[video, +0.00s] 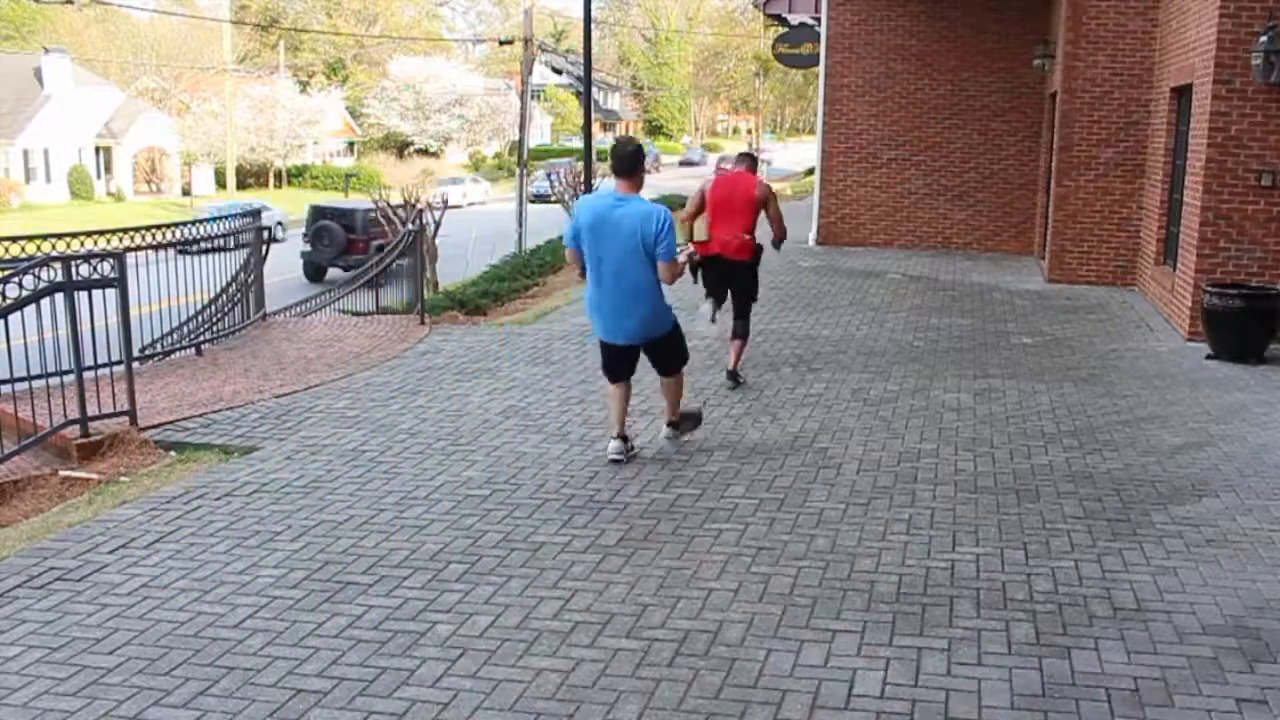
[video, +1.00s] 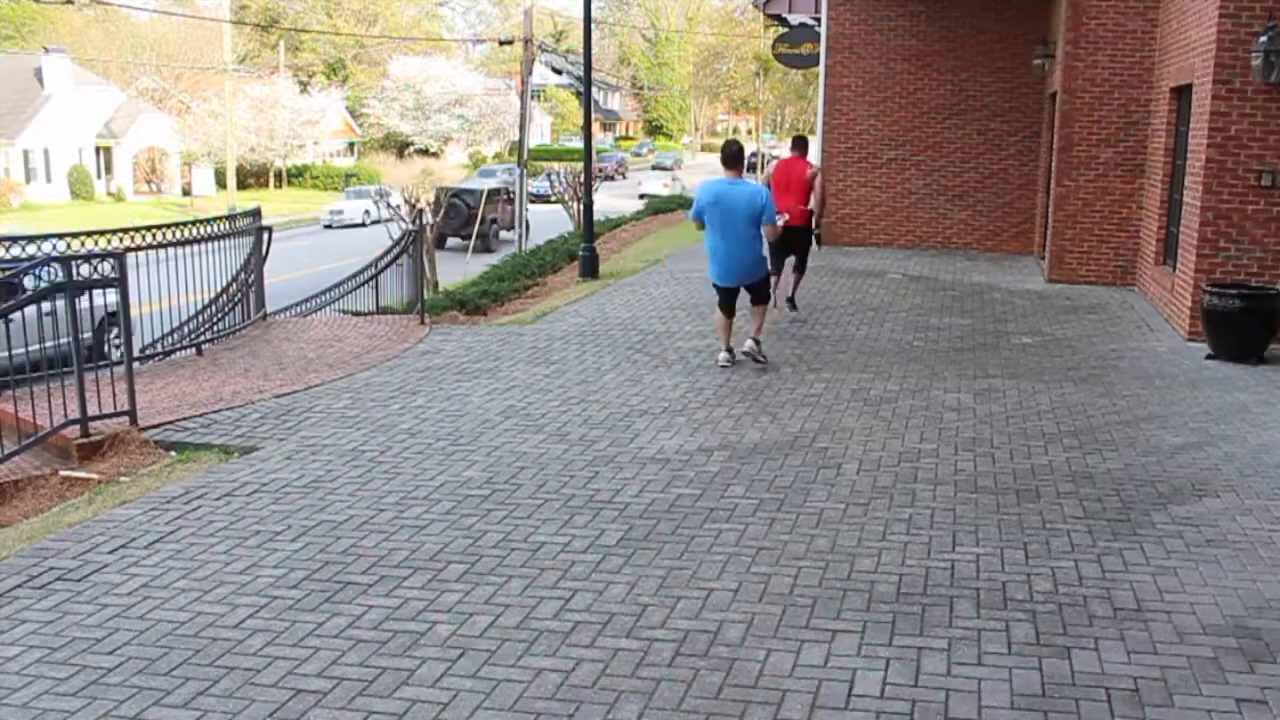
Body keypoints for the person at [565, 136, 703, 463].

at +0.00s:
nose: (647, 170)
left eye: (640, 166)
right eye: (646, 166)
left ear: (612, 169)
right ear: (643, 170)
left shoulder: (585, 207)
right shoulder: (656, 215)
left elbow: (573, 258)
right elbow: (668, 276)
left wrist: (601, 261)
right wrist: (683, 261)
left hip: (607, 318)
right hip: (649, 317)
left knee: (617, 379)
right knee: (672, 365)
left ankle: (617, 439)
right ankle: (673, 419)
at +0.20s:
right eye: (673, 166)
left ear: (645, 170)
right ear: (675, 169)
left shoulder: (623, 205)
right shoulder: (690, 212)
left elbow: (603, 248)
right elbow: (698, 267)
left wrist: (632, 237)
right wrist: (709, 251)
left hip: (637, 304)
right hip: (675, 308)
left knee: (641, 345)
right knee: (683, 361)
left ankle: (637, 401)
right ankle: (681, 415)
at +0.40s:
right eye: (689, 163)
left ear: (663, 165)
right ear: (691, 165)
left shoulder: (644, 199)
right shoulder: (706, 203)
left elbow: (632, 239)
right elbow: (719, 254)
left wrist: (658, 234)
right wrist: (732, 246)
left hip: (660, 293)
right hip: (696, 293)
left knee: (667, 347)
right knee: (704, 335)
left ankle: (669, 391)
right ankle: (691, 376)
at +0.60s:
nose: (708, 163)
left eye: (695, 159)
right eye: (712, 159)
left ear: (688, 161)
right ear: (714, 161)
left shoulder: (669, 191)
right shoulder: (727, 199)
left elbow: (654, 228)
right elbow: (734, 247)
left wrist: (679, 221)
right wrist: (744, 237)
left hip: (680, 282)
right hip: (716, 283)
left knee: (679, 334)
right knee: (726, 328)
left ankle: (673, 377)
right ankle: (733, 367)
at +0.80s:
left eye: (715, 161)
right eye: (731, 161)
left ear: (711, 164)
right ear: (735, 163)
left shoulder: (695, 192)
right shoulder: (752, 198)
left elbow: (681, 229)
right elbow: (759, 240)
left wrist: (701, 216)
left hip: (704, 272)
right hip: (737, 274)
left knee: (704, 311)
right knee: (742, 323)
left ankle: (706, 357)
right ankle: (738, 367)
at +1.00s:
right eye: (742, 159)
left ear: (721, 162)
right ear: (744, 162)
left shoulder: (707, 190)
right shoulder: (759, 193)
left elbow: (698, 223)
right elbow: (771, 234)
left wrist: (718, 216)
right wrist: (779, 226)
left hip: (721, 266)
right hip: (752, 265)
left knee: (725, 308)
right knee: (760, 298)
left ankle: (725, 350)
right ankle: (753, 338)